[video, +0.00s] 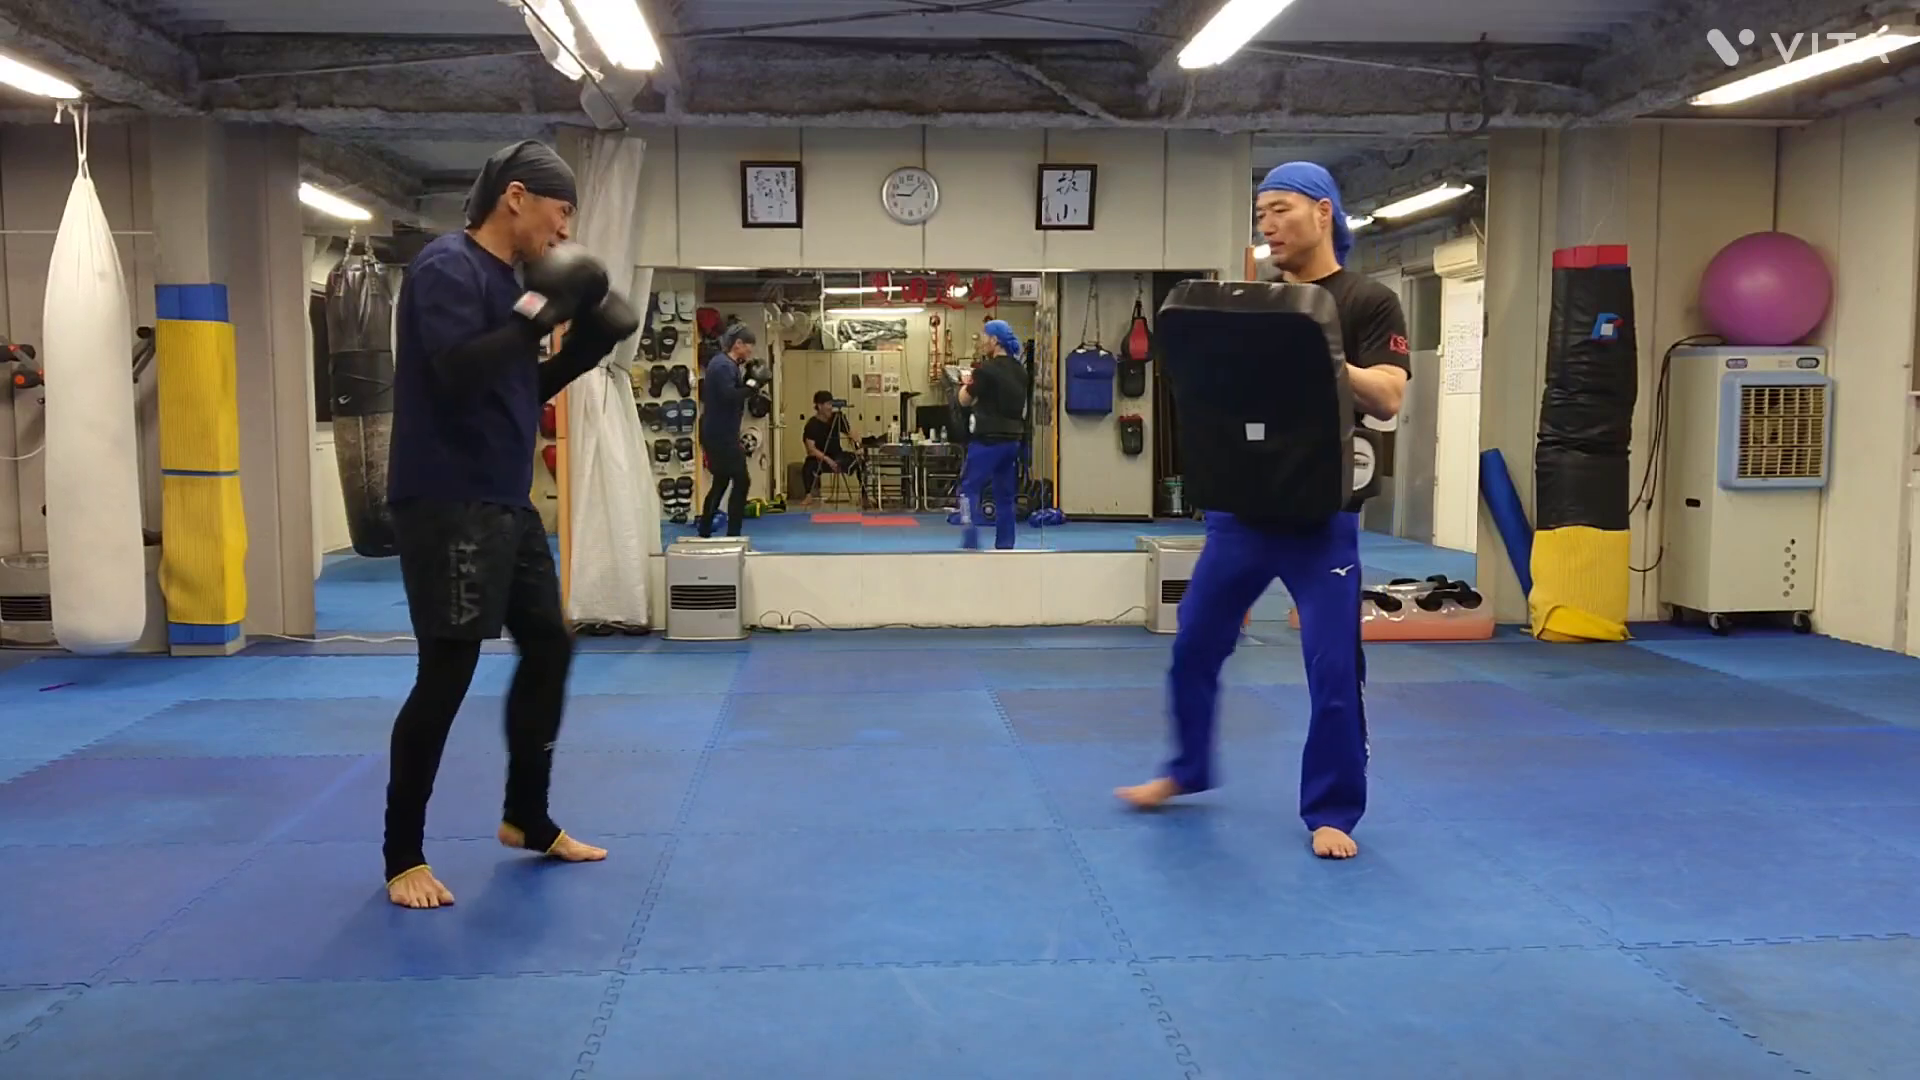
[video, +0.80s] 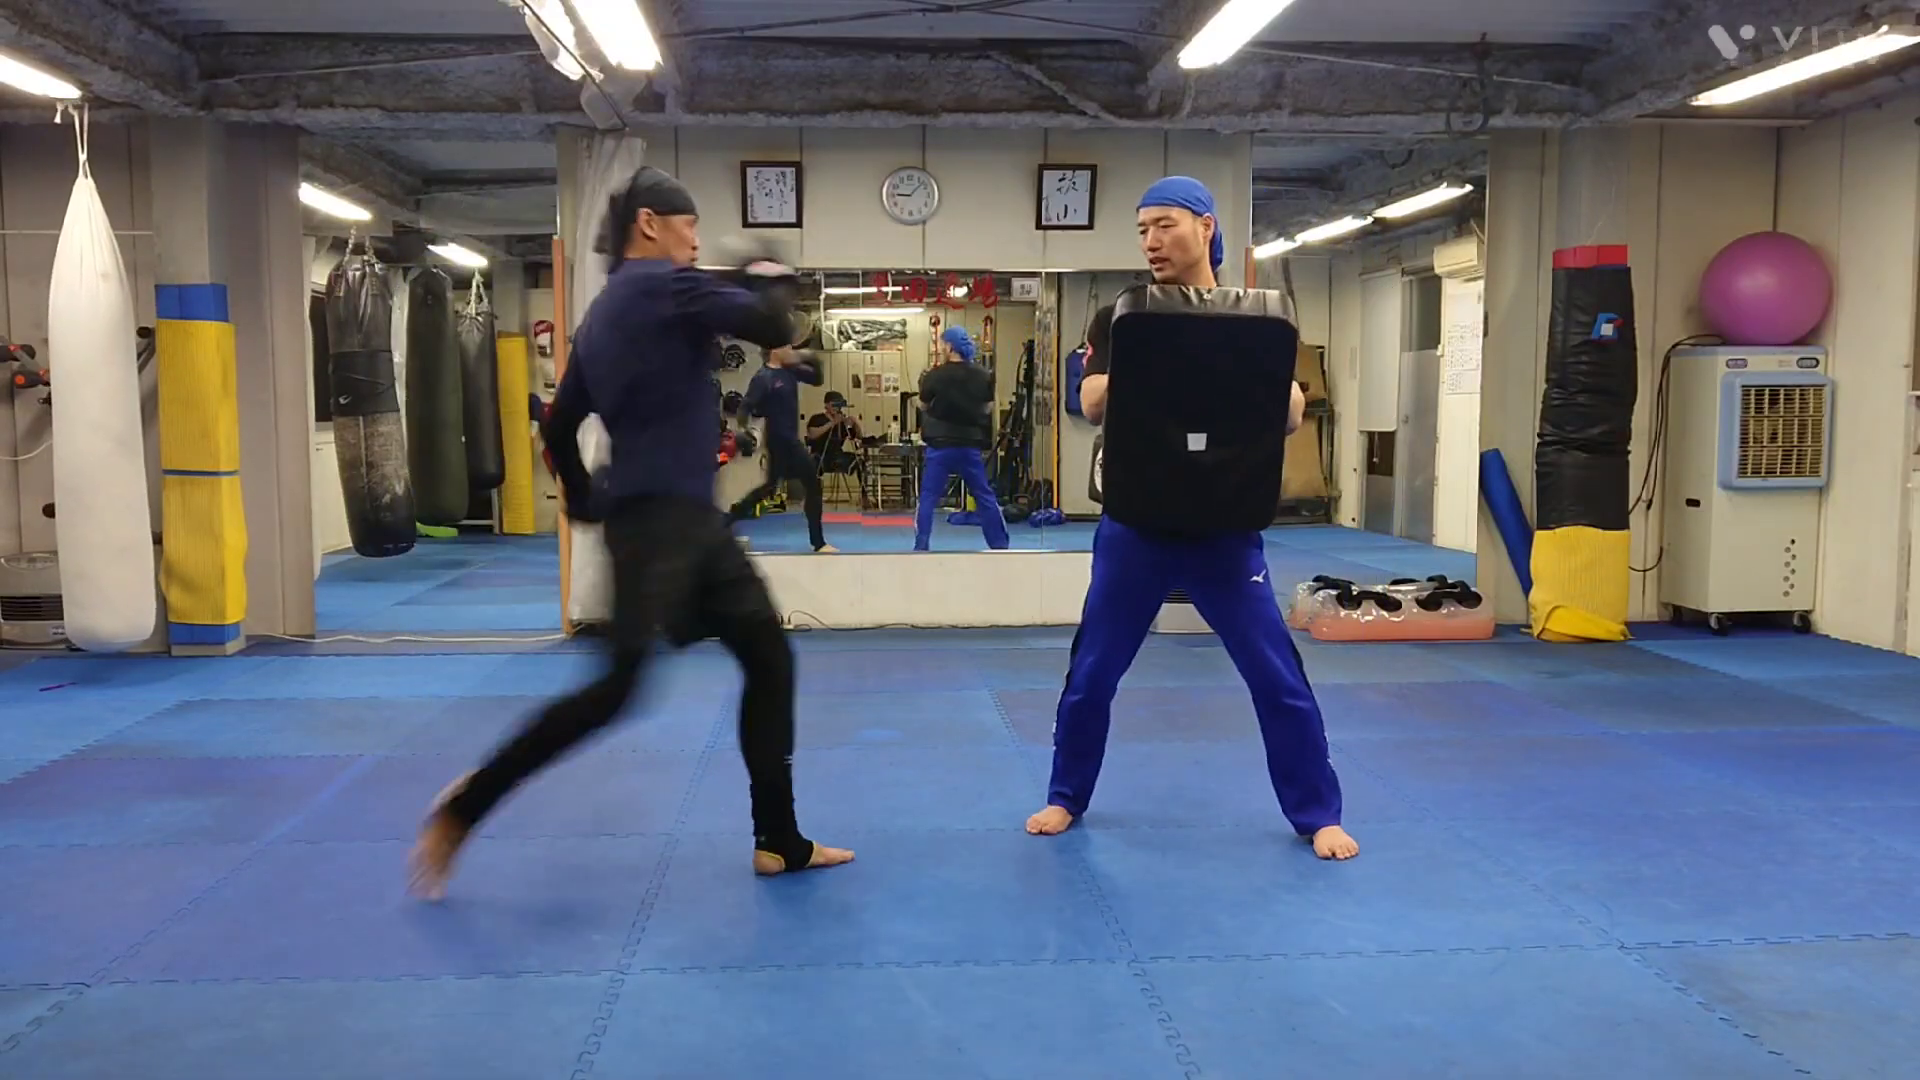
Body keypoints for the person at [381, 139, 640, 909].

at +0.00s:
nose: (563, 230)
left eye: (568, 218)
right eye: (558, 212)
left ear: (522, 205)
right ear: (513, 197)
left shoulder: (512, 287)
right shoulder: (446, 267)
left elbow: (525, 392)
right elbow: (457, 369)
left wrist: (591, 345)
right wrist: (537, 310)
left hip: (509, 507)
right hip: (447, 508)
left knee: (548, 648)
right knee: (444, 675)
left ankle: (527, 820)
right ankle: (403, 859)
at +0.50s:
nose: (583, 238)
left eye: (588, 223)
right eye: (577, 220)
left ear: (541, 209)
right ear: (531, 202)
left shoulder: (562, 296)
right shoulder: (453, 284)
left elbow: (624, 375)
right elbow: (452, 380)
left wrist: (693, 360)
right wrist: (550, 350)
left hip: (565, 522)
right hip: (482, 533)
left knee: (643, 639)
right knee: (448, 695)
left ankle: (608, 809)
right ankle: (403, 863)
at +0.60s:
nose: (617, 239)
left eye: (621, 225)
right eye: (610, 220)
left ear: (577, 214)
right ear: (566, 208)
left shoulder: (593, 302)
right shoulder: (501, 293)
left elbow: (633, 394)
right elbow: (499, 383)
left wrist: (706, 433)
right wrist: (615, 339)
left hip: (589, 524)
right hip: (508, 537)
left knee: (673, 641)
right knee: (465, 697)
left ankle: (702, 818)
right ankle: (407, 864)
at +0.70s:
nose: (662, 239)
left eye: (662, 225)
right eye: (653, 221)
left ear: (616, 222)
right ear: (610, 217)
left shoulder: (614, 308)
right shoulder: (569, 298)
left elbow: (605, 449)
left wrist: (668, 514)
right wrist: (706, 310)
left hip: (630, 538)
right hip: (561, 539)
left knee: (717, 648)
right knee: (499, 694)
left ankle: (772, 827)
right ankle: (414, 856)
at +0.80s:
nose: (696, 238)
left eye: (696, 227)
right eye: (688, 226)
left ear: (641, 231)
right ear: (649, 225)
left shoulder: (603, 314)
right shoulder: (667, 284)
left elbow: (559, 422)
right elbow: (771, 322)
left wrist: (583, 499)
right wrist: (768, 279)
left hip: (680, 518)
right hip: (658, 515)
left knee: (769, 659)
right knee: (620, 686)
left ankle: (779, 838)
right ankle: (463, 808)